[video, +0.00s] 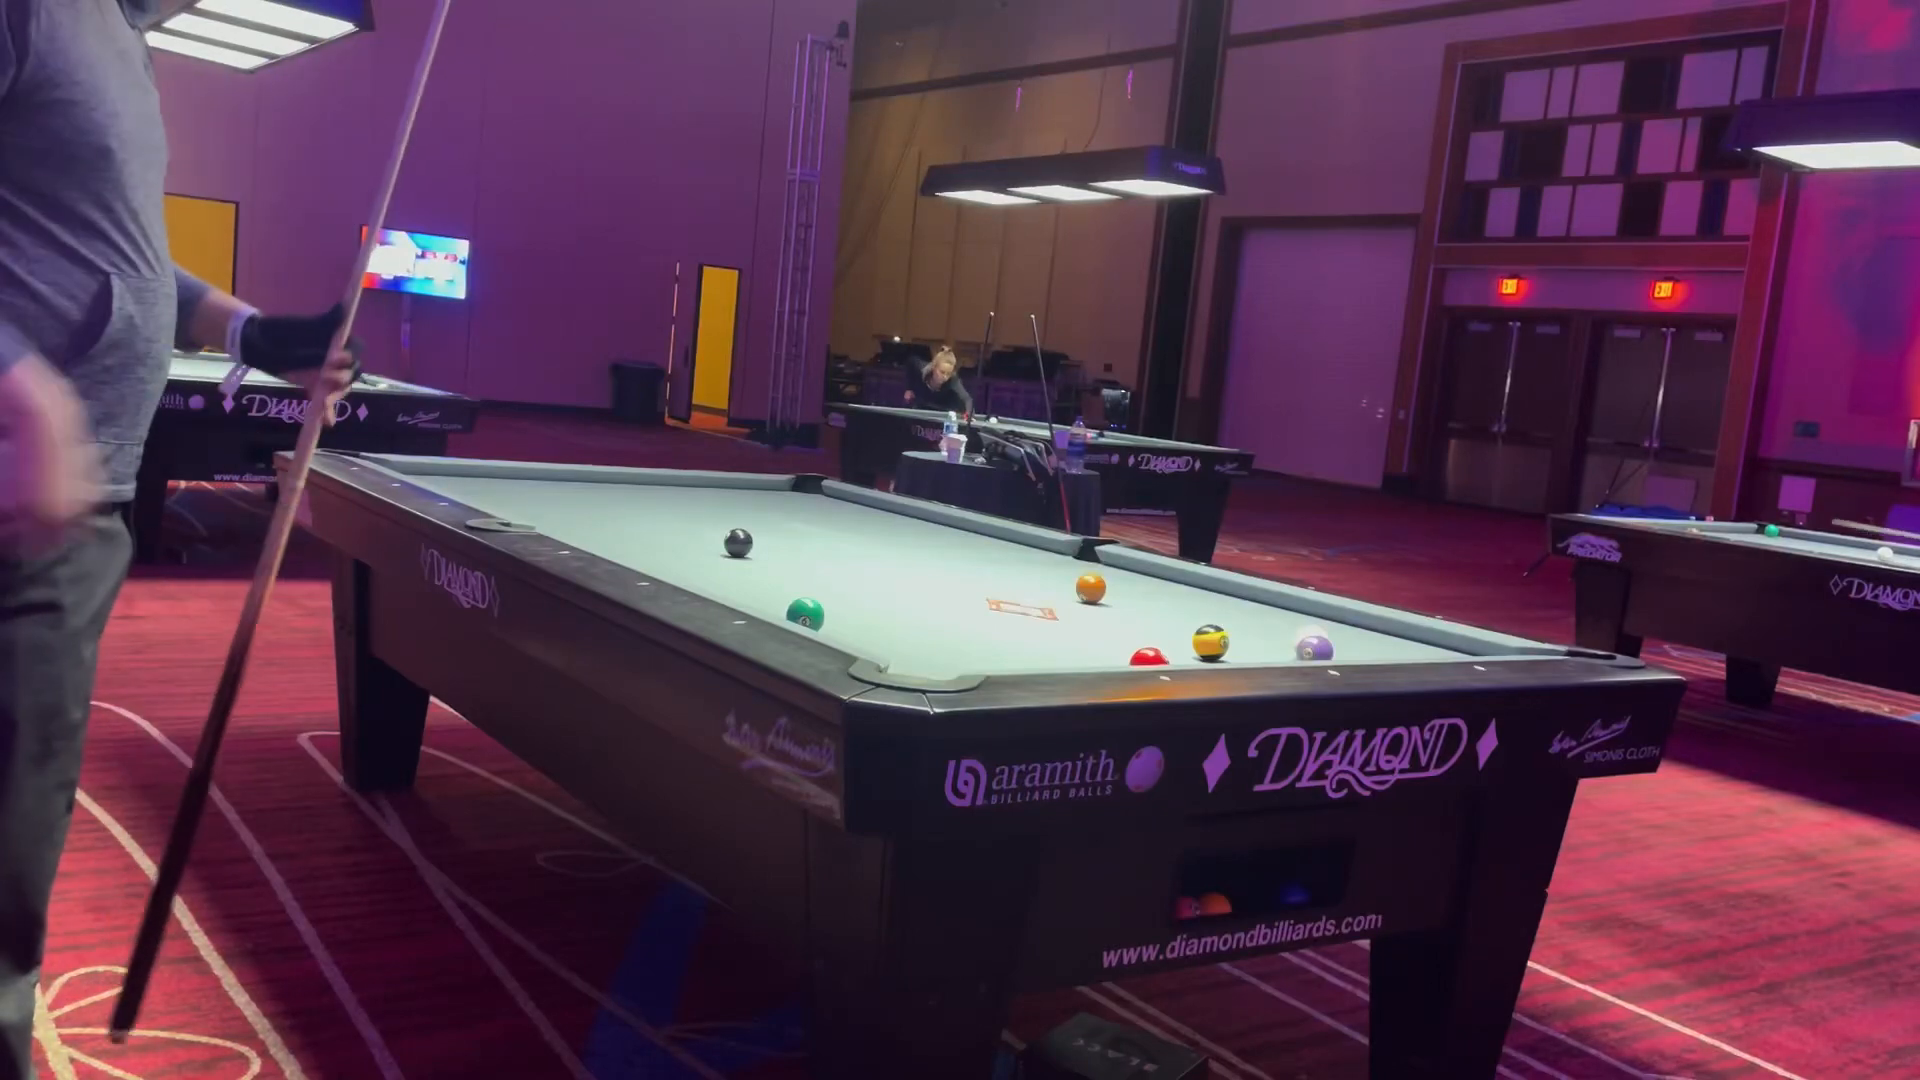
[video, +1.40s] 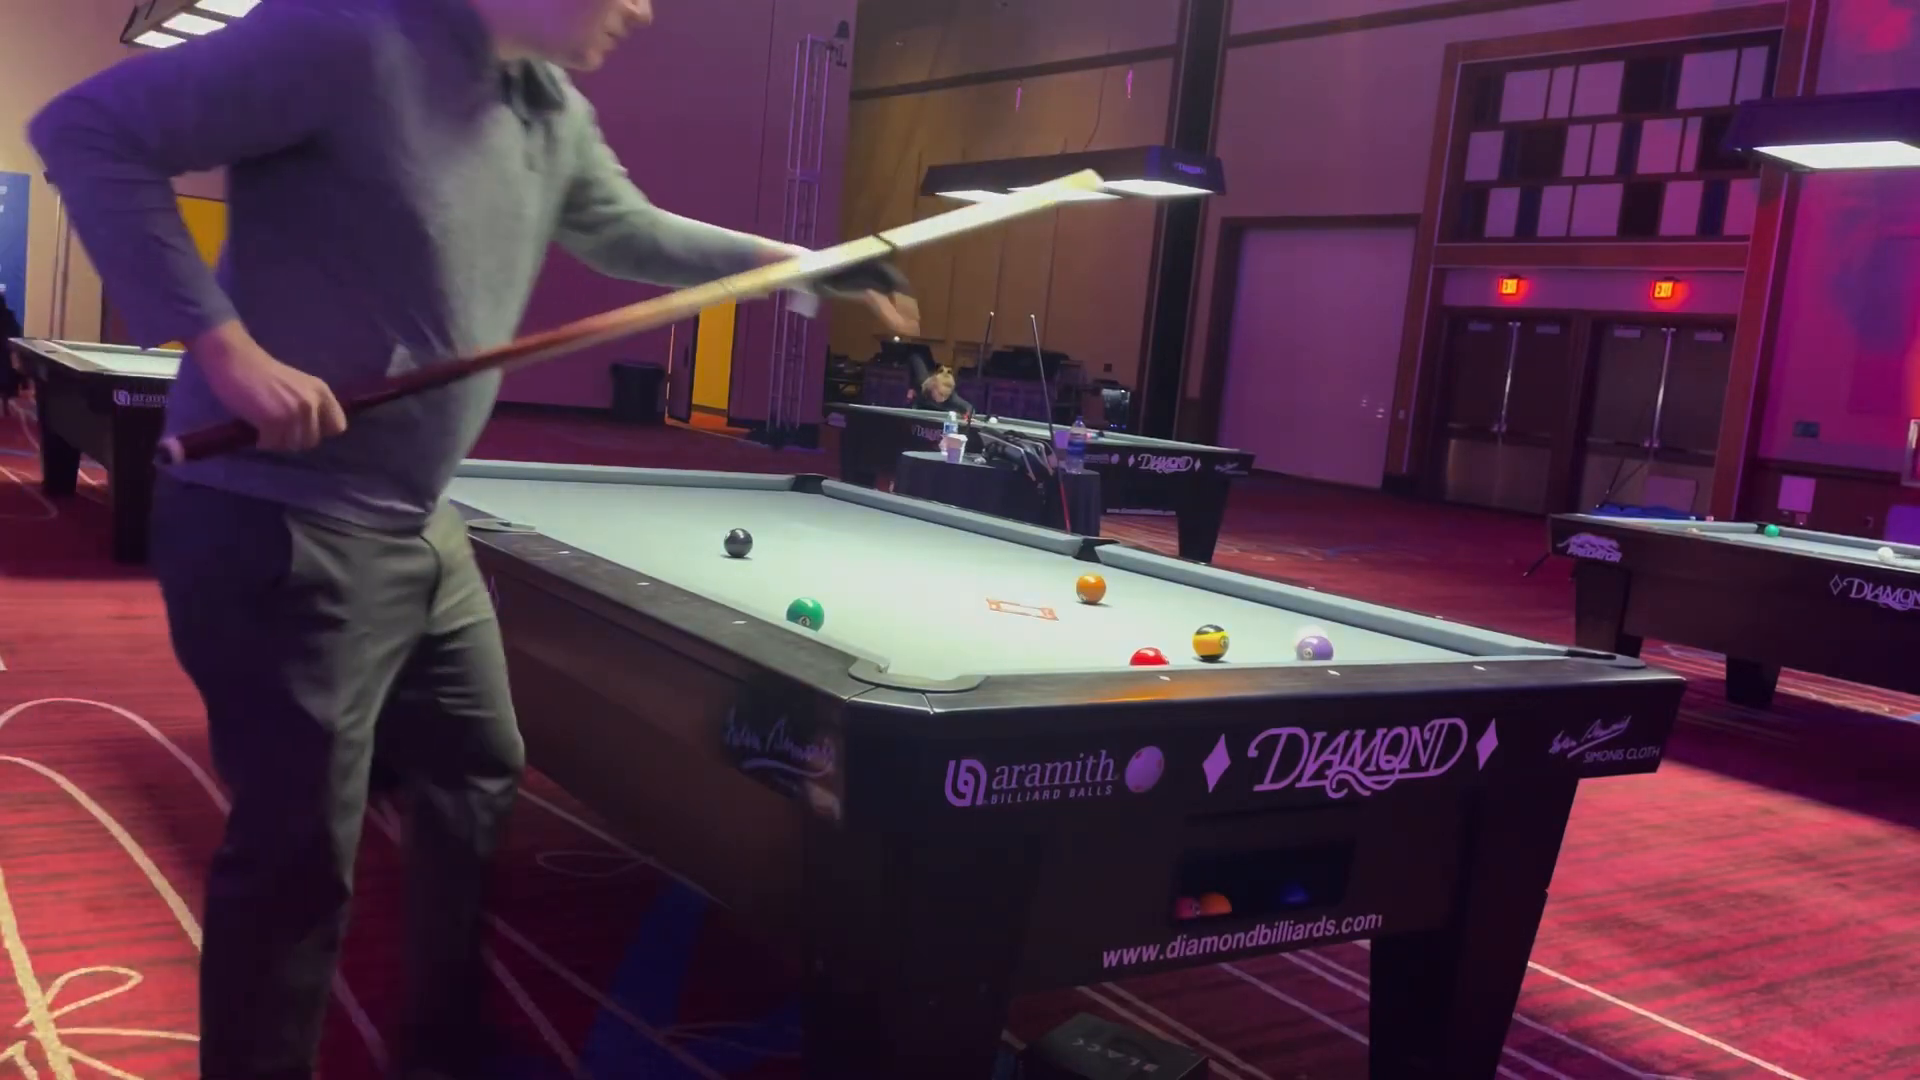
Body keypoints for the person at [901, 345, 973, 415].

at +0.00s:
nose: (944, 377)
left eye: (948, 374)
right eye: (942, 372)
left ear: (951, 373)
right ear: (934, 367)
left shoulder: (953, 382)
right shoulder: (921, 370)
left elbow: (967, 399)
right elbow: (911, 361)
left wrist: (967, 413)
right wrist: (908, 388)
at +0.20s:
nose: (944, 385)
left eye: (947, 381)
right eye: (941, 379)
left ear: (951, 381)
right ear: (933, 373)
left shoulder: (951, 387)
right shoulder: (920, 374)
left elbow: (966, 402)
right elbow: (911, 361)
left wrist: (966, 412)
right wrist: (908, 388)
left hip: (943, 411)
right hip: (920, 405)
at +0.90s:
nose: (944, 394)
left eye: (947, 390)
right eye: (941, 389)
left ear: (950, 389)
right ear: (933, 382)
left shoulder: (952, 397)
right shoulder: (920, 382)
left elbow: (968, 407)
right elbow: (913, 358)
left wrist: (966, 414)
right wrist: (910, 387)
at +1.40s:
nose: (943, 399)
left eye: (946, 396)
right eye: (940, 394)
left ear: (950, 393)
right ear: (932, 387)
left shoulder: (953, 400)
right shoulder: (922, 385)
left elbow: (968, 408)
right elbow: (914, 357)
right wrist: (911, 387)